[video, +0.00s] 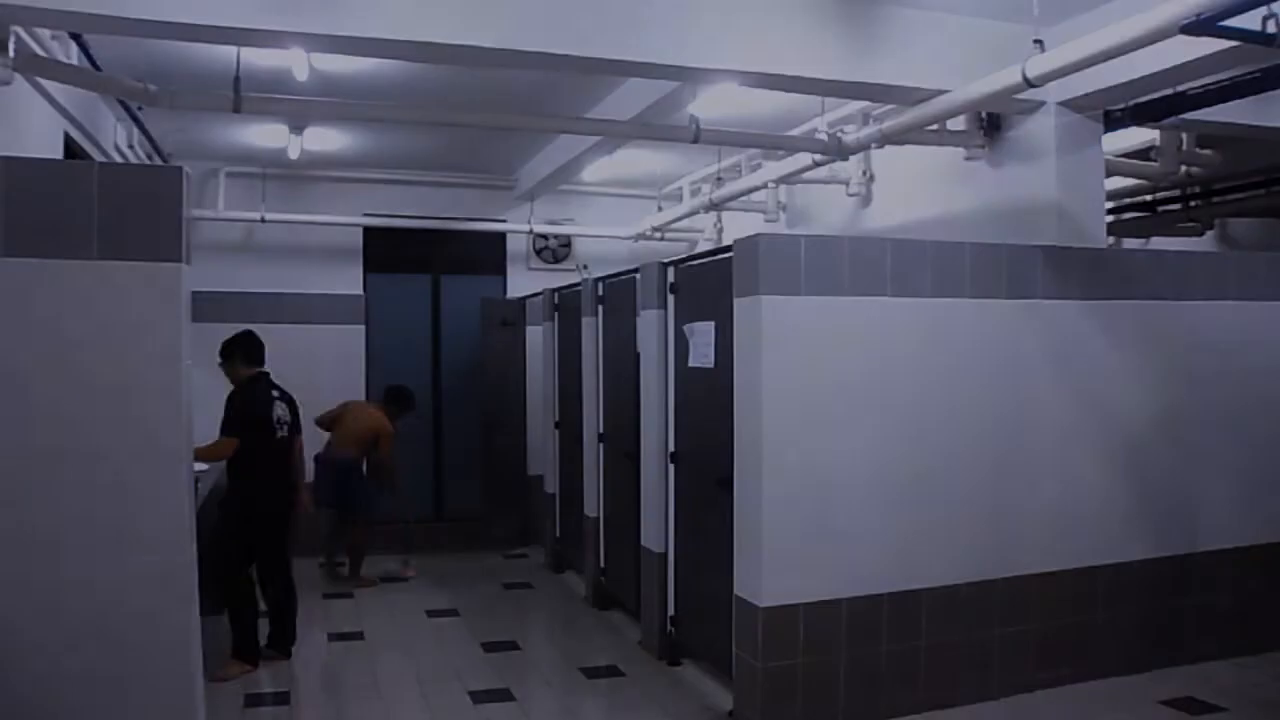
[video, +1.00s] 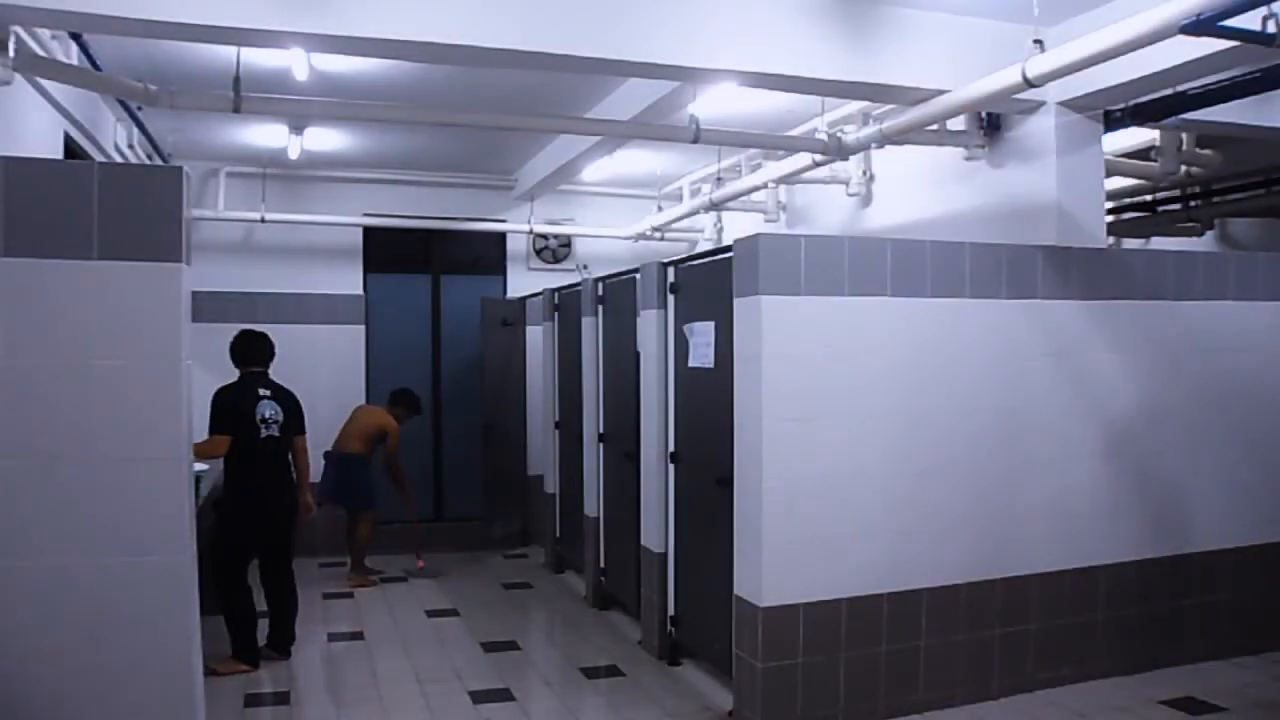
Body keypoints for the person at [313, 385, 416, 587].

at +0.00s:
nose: (402, 417)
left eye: (404, 412)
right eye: (403, 412)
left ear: (385, 399)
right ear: (398, 409)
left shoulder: (354, 407)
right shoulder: (383, 427)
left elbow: (322, 421)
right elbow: (380, 462)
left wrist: (345, 430)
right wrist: (386, 485)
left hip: (325, 466)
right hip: (349, 470)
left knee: (335, 518)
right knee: (359, 521)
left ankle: (330, 563)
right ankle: (354, 574)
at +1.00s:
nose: (405, 421)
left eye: (408, 417)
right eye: (407, 416)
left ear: (391, 402)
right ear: (402, 410)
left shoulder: (362, 410)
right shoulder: (390, 425)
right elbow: (391, 462)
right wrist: (404, 491)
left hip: (335, 462)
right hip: (355, 465)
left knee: (353, 516)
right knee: (365, 517)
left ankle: (357, 564)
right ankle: (357, 572)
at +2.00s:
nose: (413, 420)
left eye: (417, 416)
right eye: (415, 415)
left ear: (400, 404)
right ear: (407, 409)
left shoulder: (375, 411)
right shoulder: (390, 428)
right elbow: (391, 468)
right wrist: (405, 491)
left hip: (345, 465)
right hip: (359, 470)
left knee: (360, 521)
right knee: (369, 523)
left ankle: (362, 568)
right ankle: (363, 576)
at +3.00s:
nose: (439, 421)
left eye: (442, 416)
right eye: (440, 416)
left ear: (425, 404)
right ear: (434, 411)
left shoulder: (402, 413)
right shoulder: (421, 428)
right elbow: (424, 465)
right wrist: (434, 488)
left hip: (367, 461)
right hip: (380, 466)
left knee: (392, 518)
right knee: (385, 520)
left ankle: (390, 569)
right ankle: (372, 574)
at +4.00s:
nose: (449, 424)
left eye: (451, 419)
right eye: (450, 418)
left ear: (435, 407)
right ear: (442, 413)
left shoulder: (414, 414)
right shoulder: (424, 431)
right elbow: (423, 471)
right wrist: (437, 497)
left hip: (377, 465)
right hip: (387, 470)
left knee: (392, 523)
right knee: (397, 524)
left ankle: (392, 572)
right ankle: (393, 579)